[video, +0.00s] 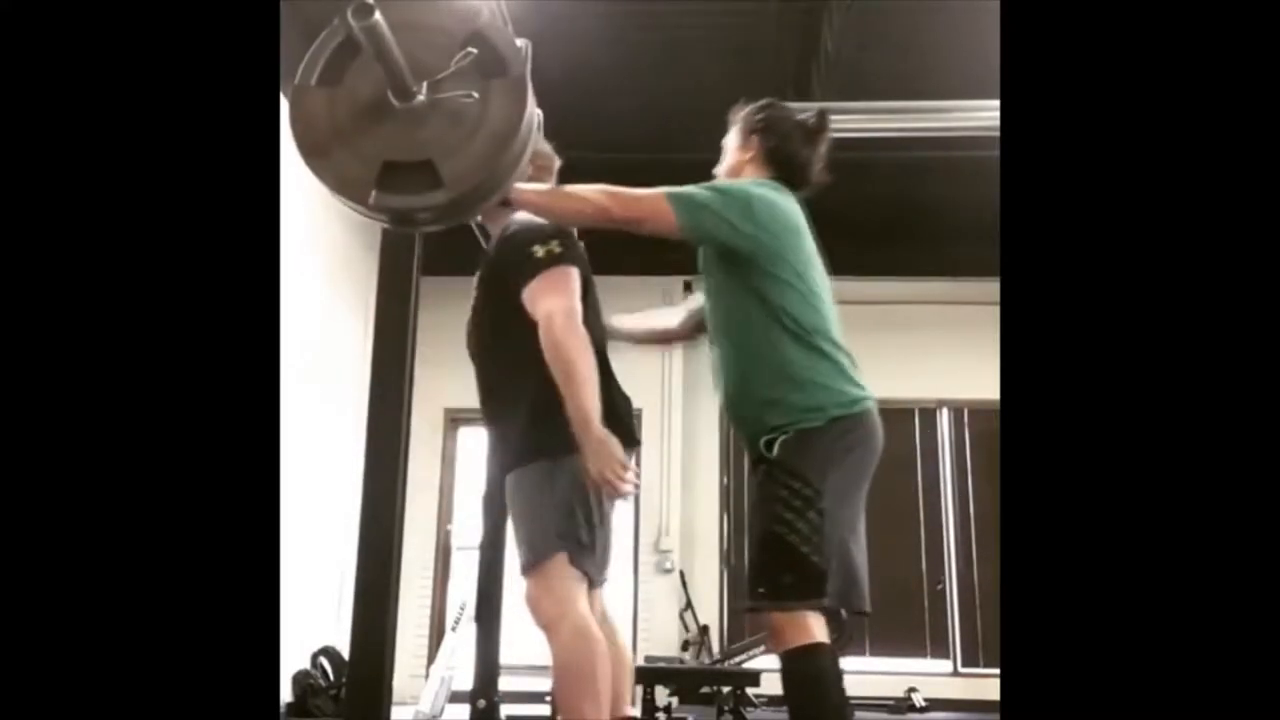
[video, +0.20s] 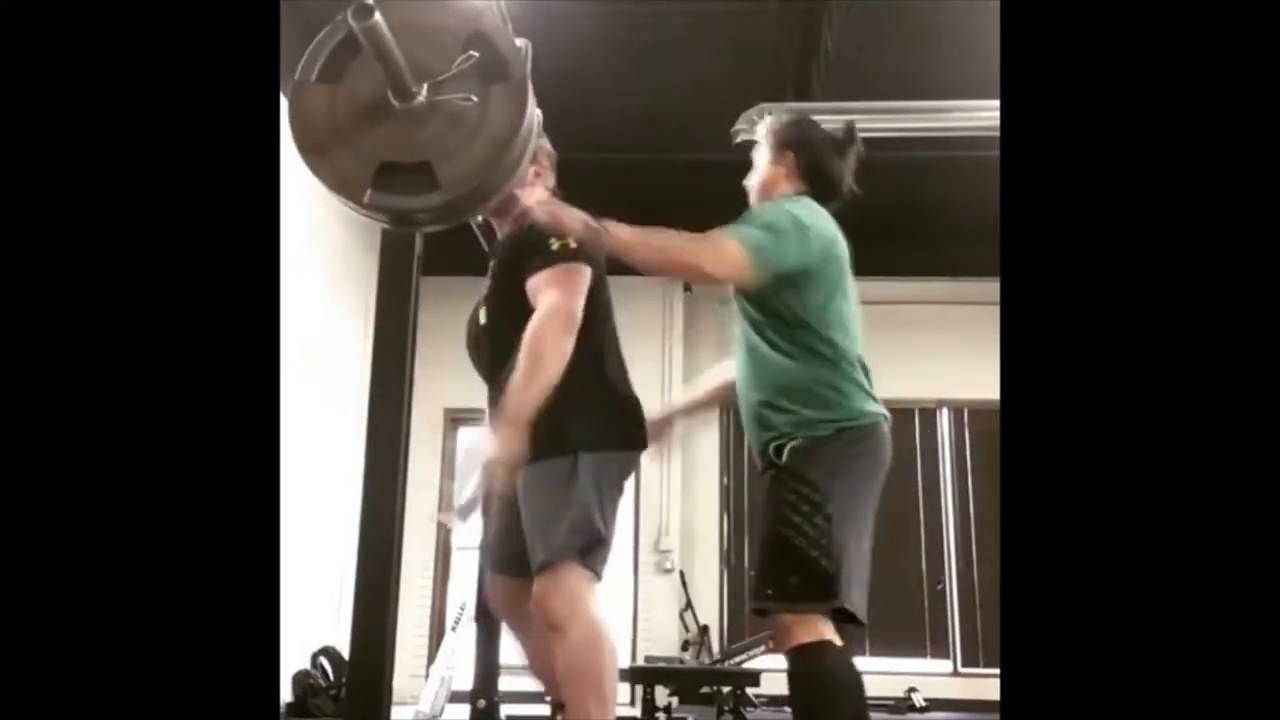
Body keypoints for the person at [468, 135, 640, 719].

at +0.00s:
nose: (486, 179)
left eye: (497, 163)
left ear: (509, 176)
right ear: (542, 171)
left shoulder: (533, 235)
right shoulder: (520, 244)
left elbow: (561, 319)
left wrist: (590, 432)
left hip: (551, 451)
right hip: (558, 450)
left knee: (555, 599)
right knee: (586, 605)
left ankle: (588, 713)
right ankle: (619, 711)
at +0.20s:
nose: (491, 187)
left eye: (505, 171)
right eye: (487, 173)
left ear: (538, 171)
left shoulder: (552, 229)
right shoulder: (512, 252)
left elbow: (560, 312)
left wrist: (513, 420)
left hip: (578, 433)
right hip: (530, 435)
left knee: (562, 595)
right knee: (508, 590)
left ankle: (596, 714)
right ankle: (576, 707)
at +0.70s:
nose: (535, 189)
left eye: (547, 177)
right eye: (522, 180)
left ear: (571, 190)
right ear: (504, 200)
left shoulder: (606, 250)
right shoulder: (501, 297)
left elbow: (628, 355)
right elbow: (474, 388)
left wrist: (589, 453)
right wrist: (438, 457)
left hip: (576, 454)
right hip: (513, 464)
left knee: (560, 591)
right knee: (535, 602)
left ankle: (592, 715)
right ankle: (565, 714)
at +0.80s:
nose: (551, 186)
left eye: (562, 174)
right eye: (536, 176)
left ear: (583, 187)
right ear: (515, 193)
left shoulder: (624, 250)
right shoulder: (507, 291)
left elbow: (662, 348)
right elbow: (478, 391)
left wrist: (665, 455)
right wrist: (452, 483)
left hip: (592, 449)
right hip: (516, 458)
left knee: (572, 581)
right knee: (543, 609)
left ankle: (615, 715)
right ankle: (573, 716)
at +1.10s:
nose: (643, 162)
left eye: (643, 151)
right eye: (629, 151)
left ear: (645, 156)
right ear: (581, 163)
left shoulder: (681, 234)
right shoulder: (530, 256)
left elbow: (735, 323)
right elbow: (507, 367)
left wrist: (764, 423)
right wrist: (513, 468)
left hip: (655, 451)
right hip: (563, 458)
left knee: (660, 596)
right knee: (570, 616)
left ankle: (671, 717)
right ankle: (574, 718)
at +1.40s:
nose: (745, 114)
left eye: (743, 100)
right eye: (733, 99)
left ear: (711, 107)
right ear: (685, 105)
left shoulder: (765, 208)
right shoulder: (606, 197)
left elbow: (813, 306)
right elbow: (559, 309)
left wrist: (813, 394)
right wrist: (564, 418)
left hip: (729, 429)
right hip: (620, 421)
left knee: (707, 601)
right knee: (578, 584)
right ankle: (572, 710)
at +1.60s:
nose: (801, 91)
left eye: (798, 76)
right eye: (789, 73)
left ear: (754, 82)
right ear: (746, 78)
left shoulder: (798, 197)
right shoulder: (656, 157)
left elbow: (837, 297)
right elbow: (602, 266)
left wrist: (876, 366)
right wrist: (645, 350)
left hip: (757, 407)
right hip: (672, 382)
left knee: (718, 597)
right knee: (673, 528)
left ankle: (691, 718)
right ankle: (648, 697)